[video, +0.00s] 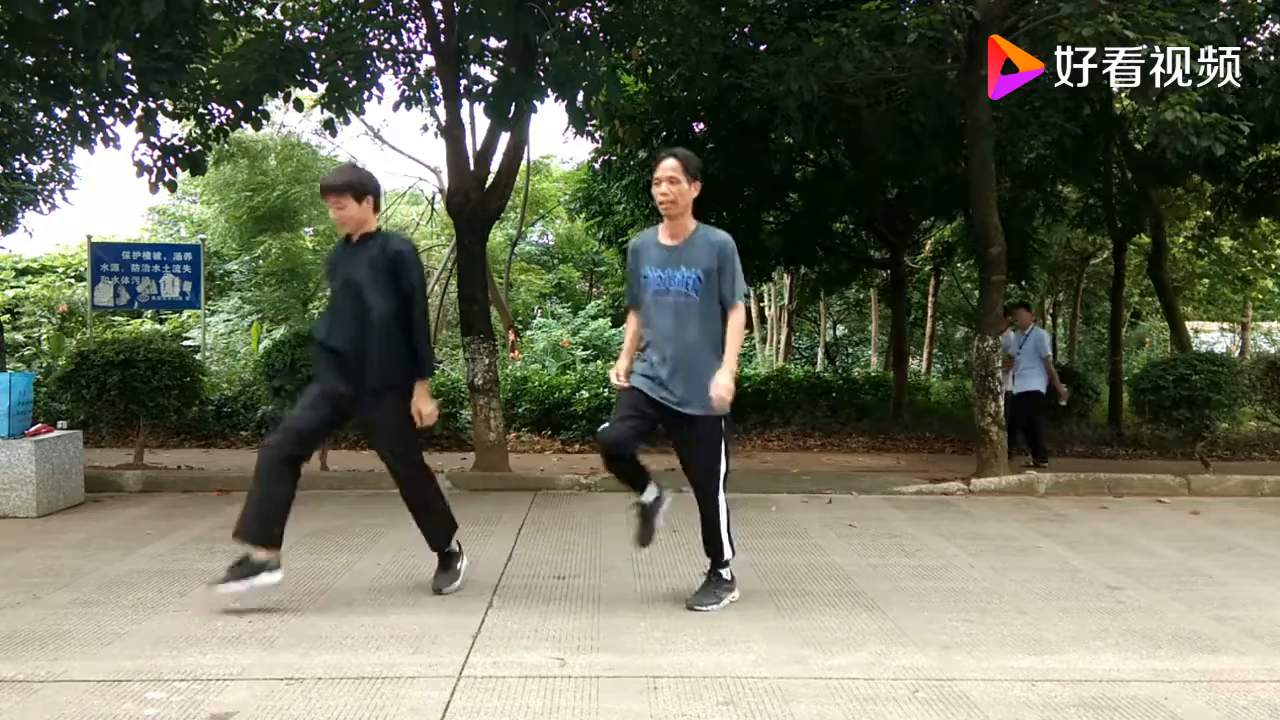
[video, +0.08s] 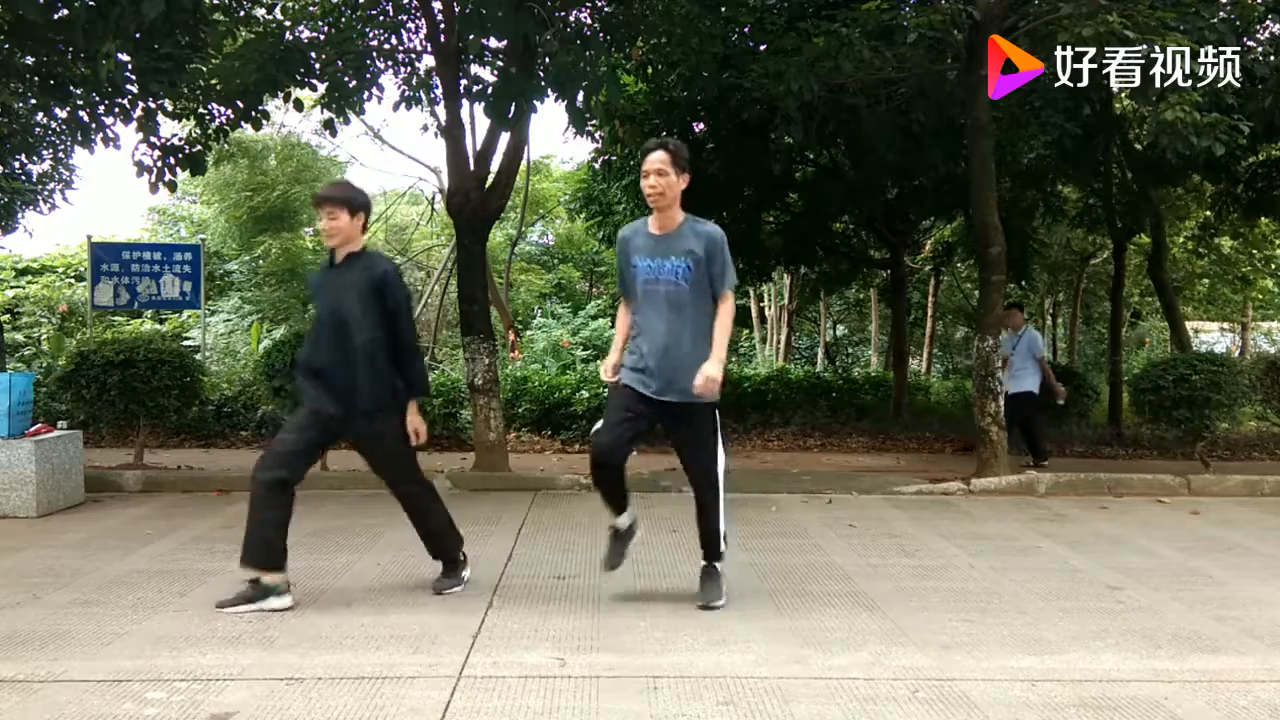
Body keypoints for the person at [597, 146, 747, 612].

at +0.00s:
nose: (663, 190)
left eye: (673, 182)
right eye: (658, 182)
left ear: (694, 189)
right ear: (652, 190)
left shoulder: (719, 245)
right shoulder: (640, 246)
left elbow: (736, 311)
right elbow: (637, 311)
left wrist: (727, 370)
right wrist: (624, 359)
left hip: (701, 386)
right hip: (649, 380)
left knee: (709, 488)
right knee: (612, 440)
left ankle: (721, 574)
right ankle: (649, 495)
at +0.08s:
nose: (651, 182)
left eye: (661, 174)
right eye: (646, 175)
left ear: (682, 181)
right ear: (640, 182)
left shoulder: (709, 237)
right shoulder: (629, 238)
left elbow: (725, 302)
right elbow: (627, 302)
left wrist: (716, 361)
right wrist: (615, 352)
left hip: (692, 383)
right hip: (637, 379)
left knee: (707, 481)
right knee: (604, 453)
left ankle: (711, 565)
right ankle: (622, 522)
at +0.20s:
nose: (628, 197)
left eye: (638, 189)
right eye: (623, 189)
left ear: (659, 195)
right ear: (618, 197)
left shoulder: (684, 252)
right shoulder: (604, 254)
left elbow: (698, 322)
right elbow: (600, 319)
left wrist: (705, 383)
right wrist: (586, 371)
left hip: (674, 396)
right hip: (617, 394)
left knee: (690, 487)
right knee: (592, 483)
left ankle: (706, 560)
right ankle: (575, 567)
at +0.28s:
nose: (617, 191)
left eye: (626, 183)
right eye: (612, 183)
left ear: (648, 191)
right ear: (606, 190)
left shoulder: (669, 249)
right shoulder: (590, 248)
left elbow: (686, 317)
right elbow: (578, 315)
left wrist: (710, 378)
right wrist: (567, 377)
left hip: (659, 395)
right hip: (601, 394)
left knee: (682, 484)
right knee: (584, 489)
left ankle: (707, 556)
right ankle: (575, 570)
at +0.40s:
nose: (593, 177)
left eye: (603, 169)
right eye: (587, 170)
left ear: (624, 176)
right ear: (582, 177)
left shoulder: (648, 233)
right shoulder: (564, 231)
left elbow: (680, 296)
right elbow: (539, 289)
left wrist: (723, 345)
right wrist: (512, 335)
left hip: (630, 377)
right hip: (573, 377)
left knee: (667, 465)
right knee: (569, 474)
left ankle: (726, 535)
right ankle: (560, 562)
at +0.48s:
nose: (582, 185)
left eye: (592, 176)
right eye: (576, 177)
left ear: (613, 184)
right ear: (571, 184)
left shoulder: (637, 239)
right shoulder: (552, 239)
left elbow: (678, 296)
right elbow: (519, 288)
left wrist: (729, 336)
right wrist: (484, 330)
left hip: (620, 384)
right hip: (563, 384)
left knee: (658, 466)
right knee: (557, 480)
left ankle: (734, 524)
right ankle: (556, 566)